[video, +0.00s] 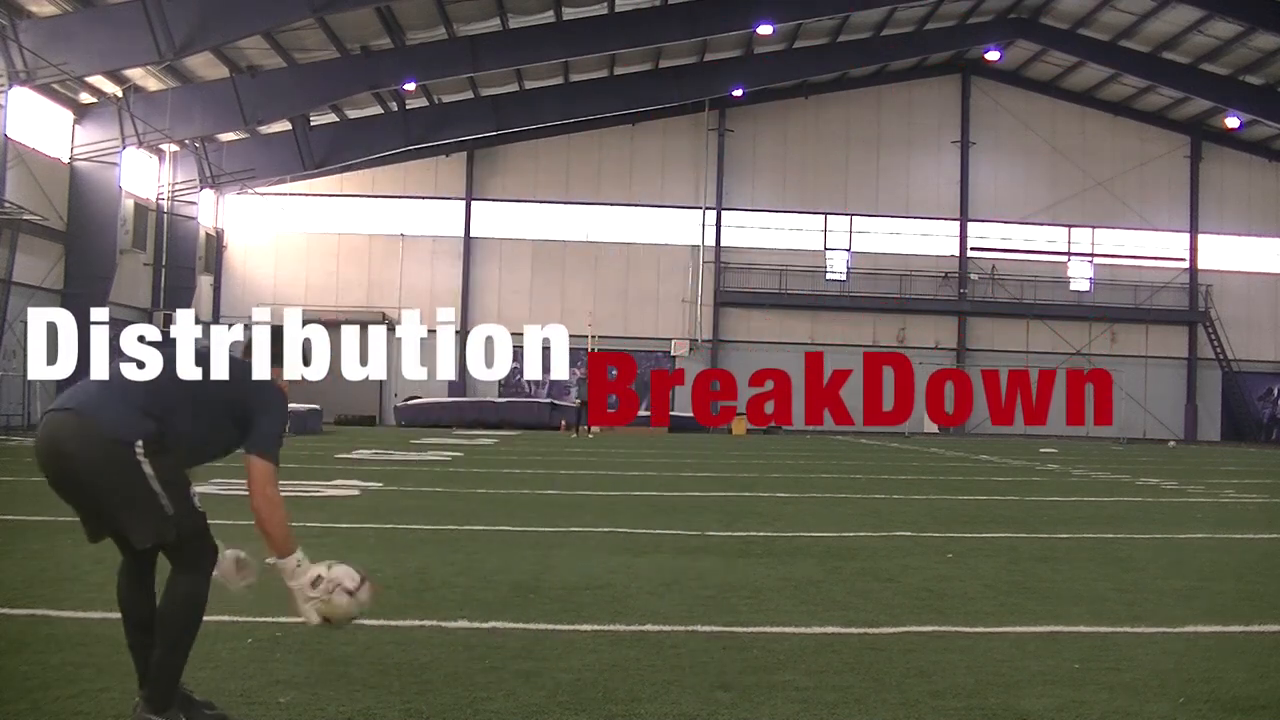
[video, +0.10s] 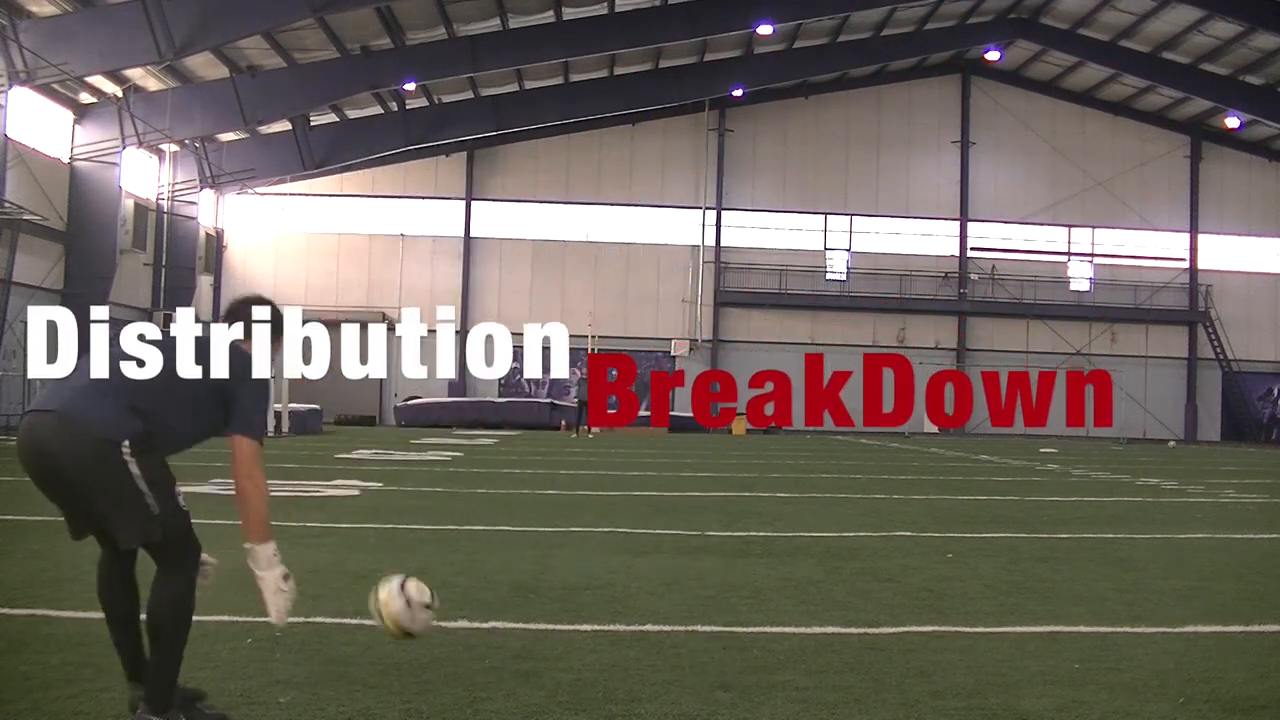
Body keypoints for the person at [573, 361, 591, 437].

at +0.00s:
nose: (583, 371)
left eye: (584, 369)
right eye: (581, 370)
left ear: (587, 371)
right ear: (579, 371)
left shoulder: (590, 380)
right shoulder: (579, 380)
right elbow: (577, 389)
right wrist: (576, 398)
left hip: (588, 400)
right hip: (580, 399)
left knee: (588, 417)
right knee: (578, 417)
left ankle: (589, 432)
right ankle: (576, 432)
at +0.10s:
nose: (584, 375)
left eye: (586, 373)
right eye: (583, 373)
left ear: (588, 373)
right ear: (581, 373)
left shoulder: (590, 380)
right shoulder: (580, 380)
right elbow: (578, 389)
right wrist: (575, 397)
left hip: (588, 400)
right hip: (581, 399)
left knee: (588, 418)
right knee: (578, 417)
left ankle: (589, 432)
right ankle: (576, 433)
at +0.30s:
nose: (586, 373)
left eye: (587, 371)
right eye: (586, 371)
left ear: (589, 372)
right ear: (584, 372)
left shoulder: (591, 380)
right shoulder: (582, 379)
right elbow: (578, 389)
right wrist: (577, 398)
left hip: (589, 400)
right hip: (583, 400)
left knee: (590, 417)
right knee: (580, 417)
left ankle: (589, 432)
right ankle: (576, 433)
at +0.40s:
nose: (587, 373)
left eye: (588, 371)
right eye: (586, 371)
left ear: (589, 372)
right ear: (584, 372)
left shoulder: (590, 380)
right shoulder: (581, 379)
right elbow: (577, 388)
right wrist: (576, 397)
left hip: (590, 400)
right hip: (583, 399)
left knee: (590, 417)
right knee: (580, 417)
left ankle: (589, 432)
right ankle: (577, 432)